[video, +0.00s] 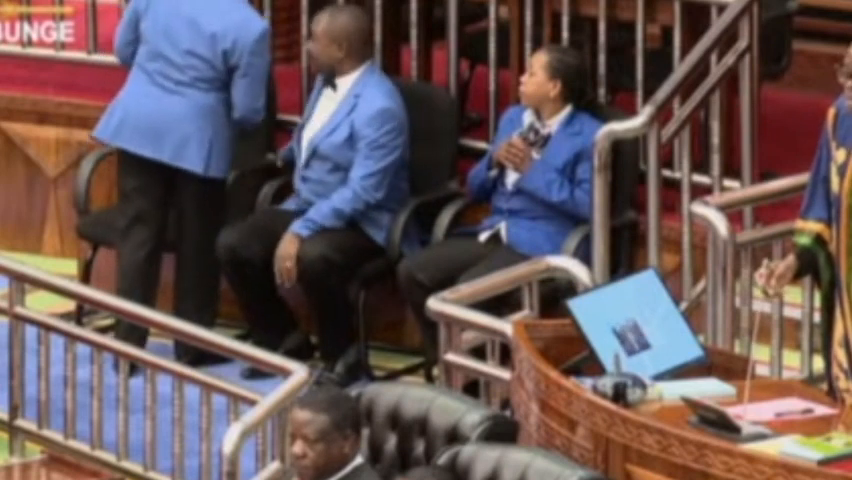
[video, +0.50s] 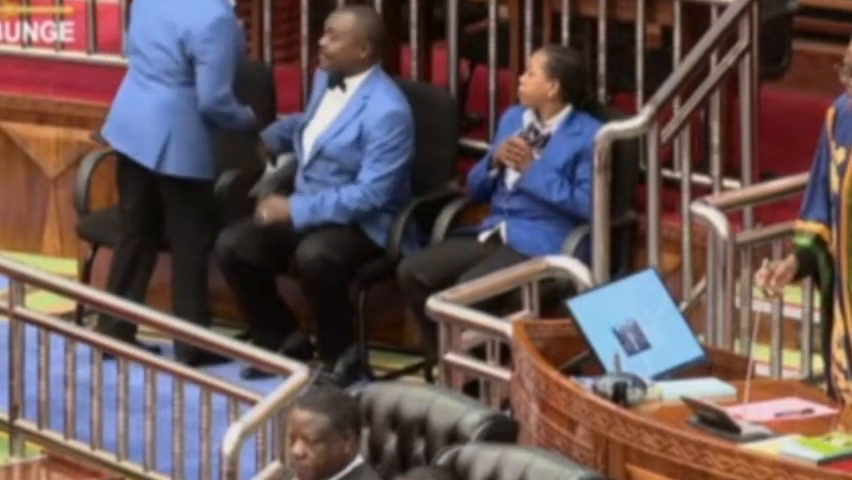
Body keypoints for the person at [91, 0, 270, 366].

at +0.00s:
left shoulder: (152, 3)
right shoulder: (250, 26)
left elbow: (124, 50)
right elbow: (246, 109)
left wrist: (159, 69)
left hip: (138, 129)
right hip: (199, 141)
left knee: (137, 237)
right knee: (197, 246)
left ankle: (128, 349)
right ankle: (191, 349)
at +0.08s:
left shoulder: (155, 3)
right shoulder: (254, 27)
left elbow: (126, 48)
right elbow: (247, 109)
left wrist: (160, 70)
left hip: (140, 128)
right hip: (200, 140)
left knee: (137, 234)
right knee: (197, 246)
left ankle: (125, 346)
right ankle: (191, 347)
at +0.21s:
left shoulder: (158, 2)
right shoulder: (253, 25)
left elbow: (129, 46)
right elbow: (246, 108)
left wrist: (165, 66)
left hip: (139, 126)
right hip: (199, 140)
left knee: (136, 231)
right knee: (196, 245)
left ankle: (119, 344)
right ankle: (191, 347)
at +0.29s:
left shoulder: (156, 3)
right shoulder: (248, 24)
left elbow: (130, 47)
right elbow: (242, 107)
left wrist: (162, 71)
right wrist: (258, 122)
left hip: (138, 127)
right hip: (196, 140)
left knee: (135, 230)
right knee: (196, 244)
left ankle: (116, 340)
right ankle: (191, 347)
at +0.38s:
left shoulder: (153, 4)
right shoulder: (241, 21)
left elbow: (129, 47)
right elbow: (236, 104)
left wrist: (159, 75)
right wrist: (257, 127)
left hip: (137, 125)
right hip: (192, 137)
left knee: (135, 231)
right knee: (195, 243)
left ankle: (113, 336)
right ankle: (191, 345)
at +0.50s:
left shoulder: (146, 4)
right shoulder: (215, 17)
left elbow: (133, 50)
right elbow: (212, 100)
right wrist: (247, 118)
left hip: (132, 126)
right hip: (180, 139)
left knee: (136, 235)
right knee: (191, 244)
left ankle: (114, 333)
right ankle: (190, 344)